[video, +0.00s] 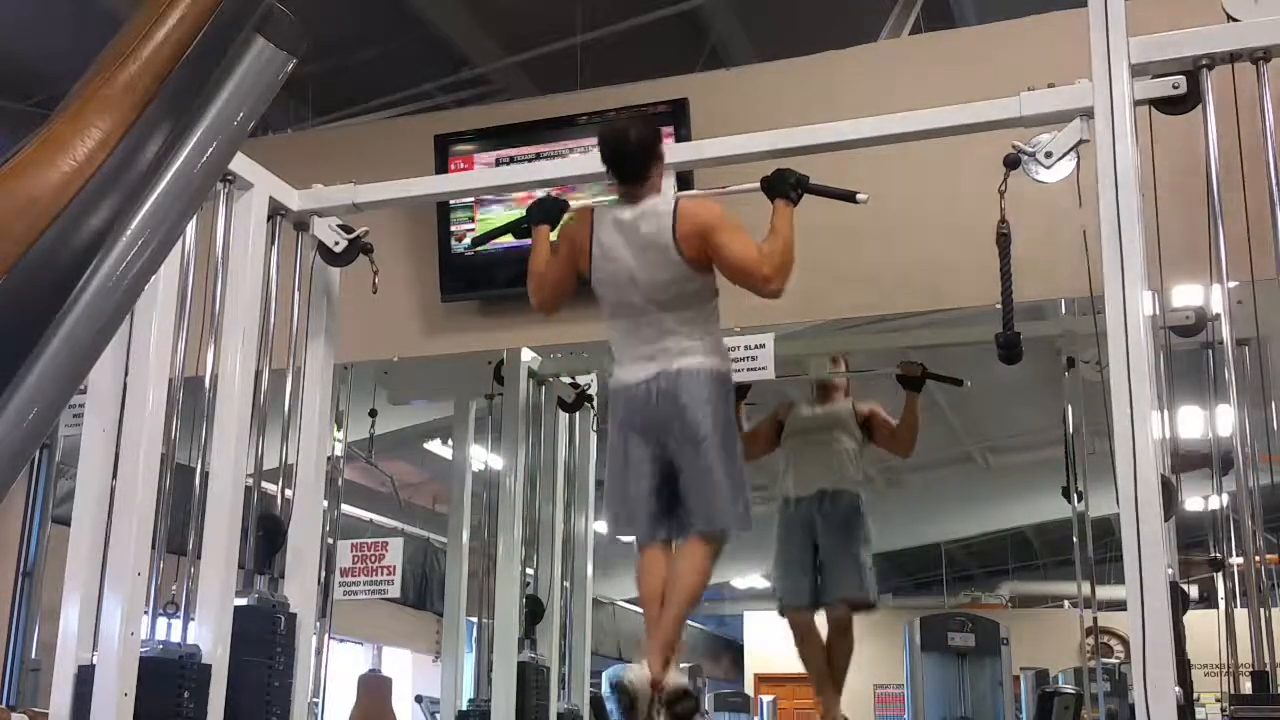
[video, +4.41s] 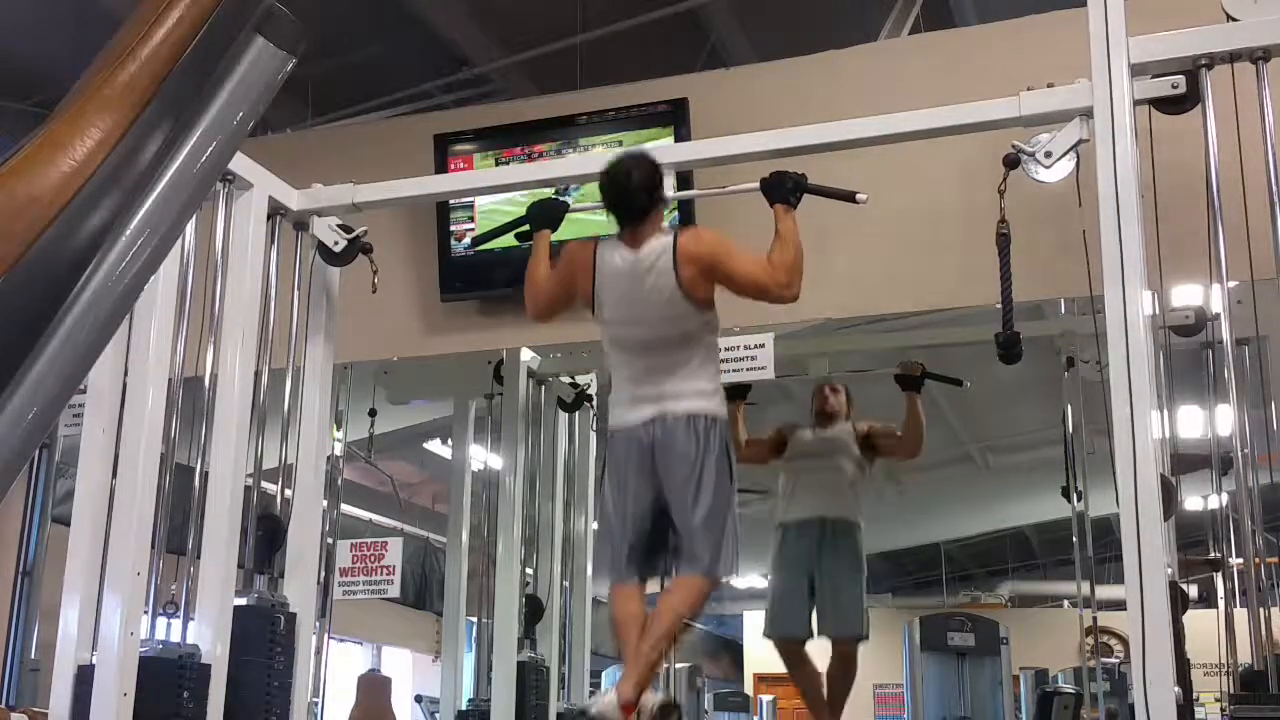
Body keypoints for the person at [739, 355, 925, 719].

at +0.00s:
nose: (828, 370)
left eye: (836, 366)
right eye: (822, 365)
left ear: (847, 379)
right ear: (811, 376)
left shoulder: (862, 411)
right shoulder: (789, 412)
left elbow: (902, 445)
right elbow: (750, 450)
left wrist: (912, 394)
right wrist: (737, 405)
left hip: (842, 510)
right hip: (793, 514)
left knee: (840, 613)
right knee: (797, 615)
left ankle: (830, 706)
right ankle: (829, 707)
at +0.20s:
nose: (834, 422)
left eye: (842, 420)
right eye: (829, 419)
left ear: (853, 434)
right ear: (818, 433)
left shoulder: (861, 463)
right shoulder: (795, 463)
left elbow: (906, 448)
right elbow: (744, 453)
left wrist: (912, 395)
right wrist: (736, 404)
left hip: (841, 564)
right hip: (794, 565)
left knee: (842, 667)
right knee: (794, 667)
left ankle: (838, 714)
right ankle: (817, 715)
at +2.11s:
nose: (825, 395)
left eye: (834, 391)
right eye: (820, 391)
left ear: (848, 402)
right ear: (813, 403)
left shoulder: (861, 431)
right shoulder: (793, 436)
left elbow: (908, 445)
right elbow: (742, 451)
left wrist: (913, 393)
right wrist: (737, 404)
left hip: (843, 535)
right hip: (795, 536)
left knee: (841, 639)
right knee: (785, 635)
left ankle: (826, 715)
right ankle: (815, 713)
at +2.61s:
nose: (828, 439)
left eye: (836, 436)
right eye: (822, 436)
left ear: (849, 448)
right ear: (813, 447)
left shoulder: (861, 477)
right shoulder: (792, 476)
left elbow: (908, 447)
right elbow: (744, 458)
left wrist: (912, 393)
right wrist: (735, 404)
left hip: (842, 583)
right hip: (792, 583)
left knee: (850, 691)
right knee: (790, 692)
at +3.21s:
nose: (828, 400)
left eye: (836, 398)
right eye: (822, 398)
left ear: (848, 413)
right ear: (813, 412)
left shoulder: (859, 441)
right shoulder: (792, 443)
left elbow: (910, 446)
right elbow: (740, 451)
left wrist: (912, 392)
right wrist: (735, 405)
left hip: (839, 543)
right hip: (791, 543)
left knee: (838, 646)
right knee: (781, 643)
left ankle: (829, 717)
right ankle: (811, 715)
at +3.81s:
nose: (830, 445)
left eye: (838, 441)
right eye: (825, 442)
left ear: (851, 454)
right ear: (815, 454)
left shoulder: (861, 482)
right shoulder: (791, 481)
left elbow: (907, 450)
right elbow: (740, 455)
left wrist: (912, 395)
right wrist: (736, 402)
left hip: (842, 591)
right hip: (791, 591)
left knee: (850, 697)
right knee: (789, 698)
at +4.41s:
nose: (826, 394)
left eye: (834, 391)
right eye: (820, 393)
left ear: (847, 405)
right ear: (812, 406)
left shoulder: (860, 432)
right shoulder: (792, 435)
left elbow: (909, 446)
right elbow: (741, 450)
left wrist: (912, 393)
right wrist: (736, 406)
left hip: (842, 533)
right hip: (793, 534)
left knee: (845, 637)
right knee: (785, 636)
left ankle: (832, 715)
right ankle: (822, 714)